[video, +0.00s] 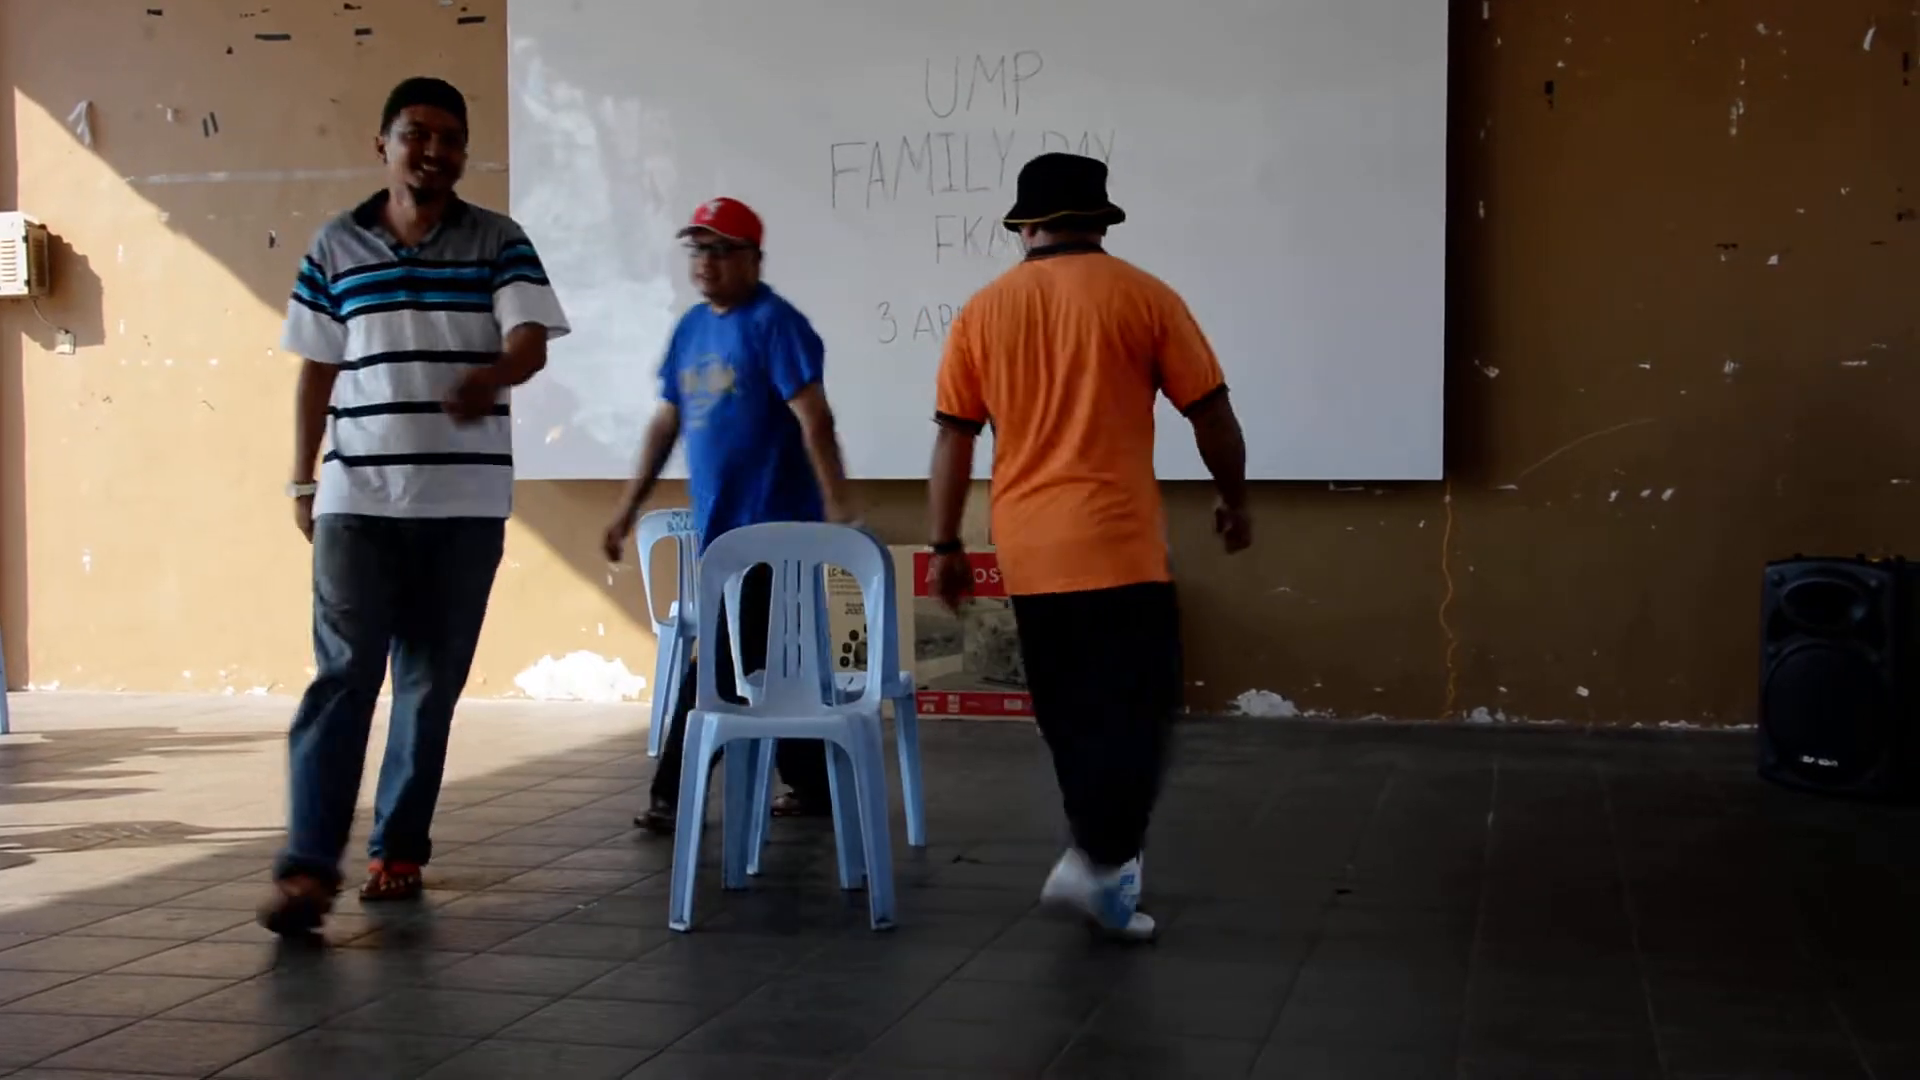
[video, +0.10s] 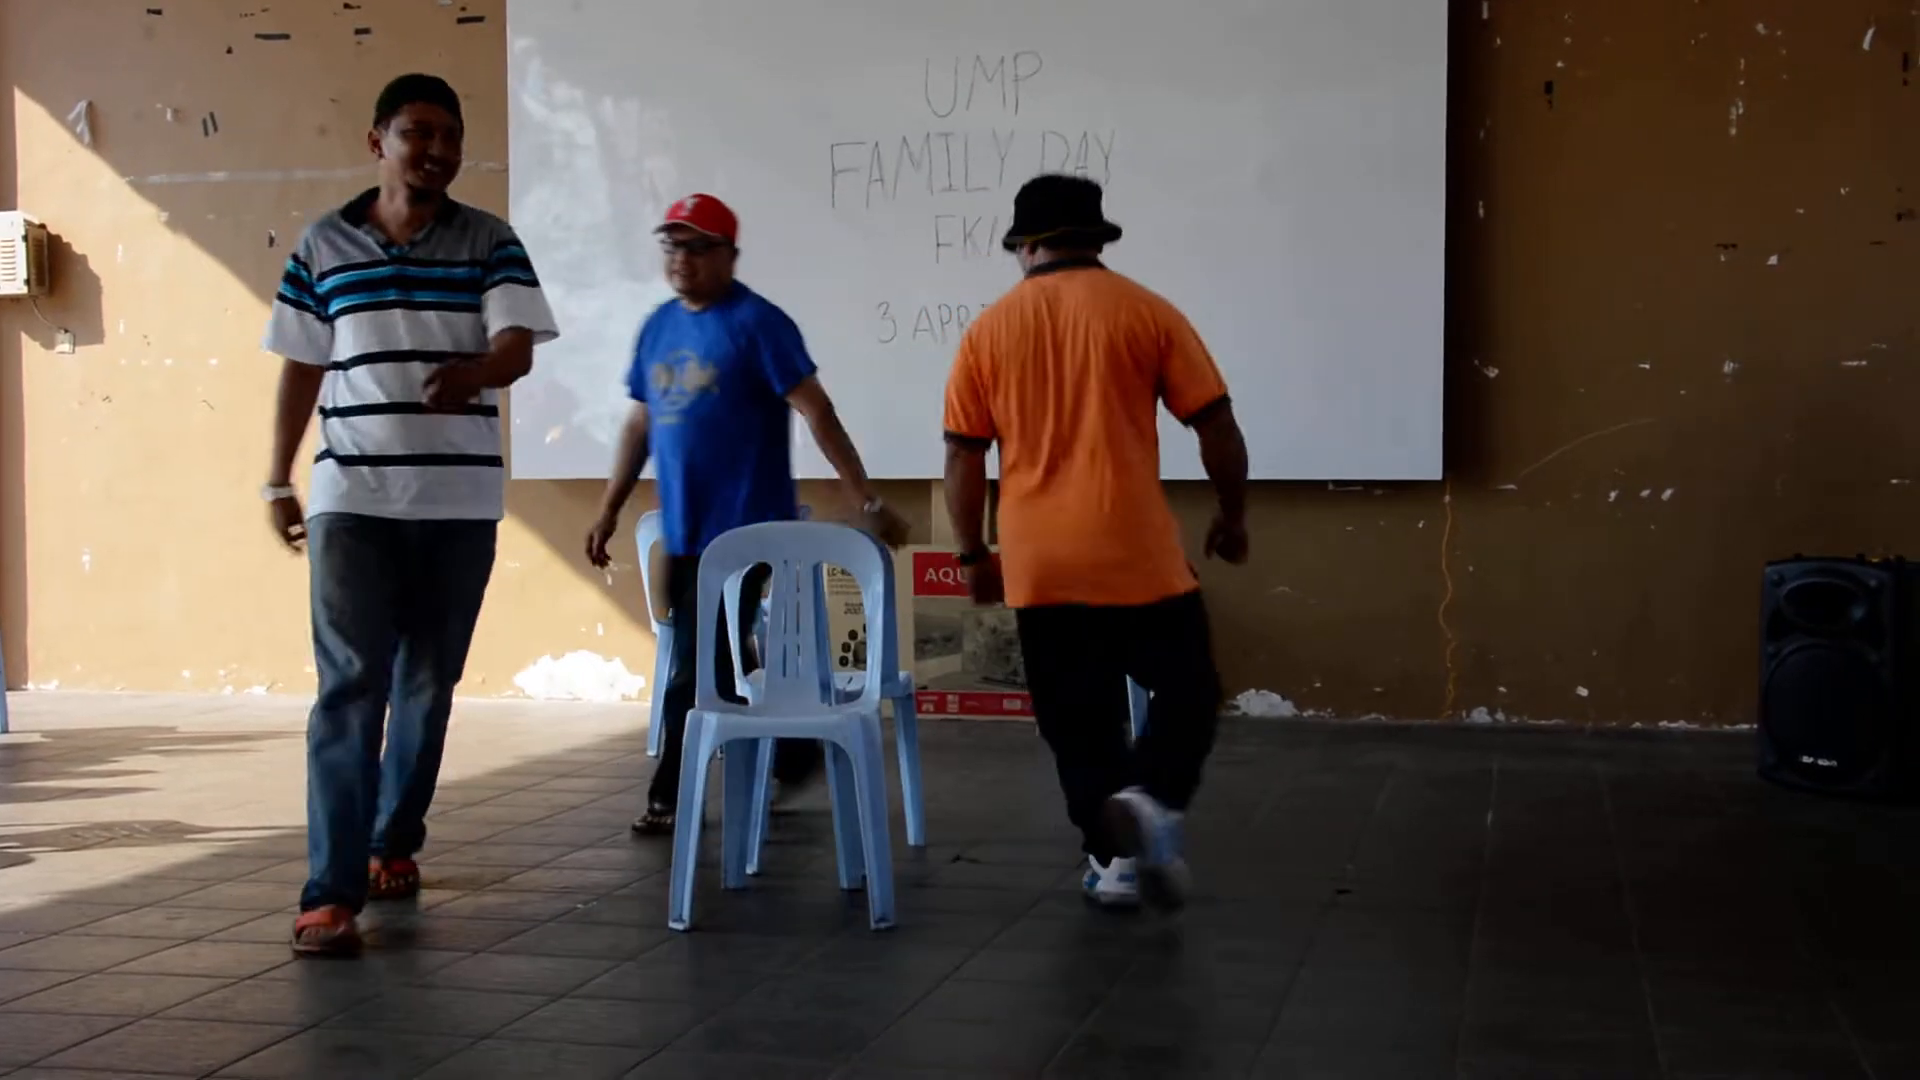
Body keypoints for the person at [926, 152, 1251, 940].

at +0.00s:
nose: (1024, 242)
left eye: (1022, 232)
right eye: (1099, 226)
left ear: (1026, 231)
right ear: (1100, 225)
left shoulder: (985, 311)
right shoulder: (1143, 295)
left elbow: (954, 437)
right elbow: (1211, 413)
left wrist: (944, 547)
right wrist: (1232, 497)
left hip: (1030, 556)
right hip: (1125, 550)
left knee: (1068, 713)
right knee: (1143, 705)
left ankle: (1116, 889)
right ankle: (1089, 860)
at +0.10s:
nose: (1017, 259)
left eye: (1018, 249)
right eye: (1019, 249)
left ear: (1029, 248)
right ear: (1096, 242)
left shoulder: (991, 330)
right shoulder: (1146, 311)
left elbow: (964, 456)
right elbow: (1215, 422)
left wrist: (970, 551)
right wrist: (1232, 515)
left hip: (1040, 562)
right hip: (1135, 552)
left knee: (1078, 725)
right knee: (1188, 691)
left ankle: (1109, 862)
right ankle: (1154, 800)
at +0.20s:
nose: (1013, 274)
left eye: (1014, 263)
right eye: (1013, 263)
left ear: (1028, 262)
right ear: (1092, 254)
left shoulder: (998, 333)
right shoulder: (1147, 317)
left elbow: (965, 463)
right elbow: (1229, 417)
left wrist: (989, 516)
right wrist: (1241, 516)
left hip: (1047, 563)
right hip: (1148, 553)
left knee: (1078, 723)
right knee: (1187, 687)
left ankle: (1113, 859)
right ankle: (1185, 812)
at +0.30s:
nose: (1008, 267)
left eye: (1008, 256)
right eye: (1008, 256)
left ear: (1025, 253)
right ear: (1085, 244)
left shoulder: (1001, 323)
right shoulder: (1149, 302)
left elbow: (968, 445)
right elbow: (1228, 381)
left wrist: (987, 488)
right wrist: (1221, 485)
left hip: (1053, 555)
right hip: (1152, 544)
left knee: (1076, 706)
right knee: (1172, 687)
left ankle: (1111, 843)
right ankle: (1188, 837)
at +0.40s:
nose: (1004, 284)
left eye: (1005, 270)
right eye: (1002, 271)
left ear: (1028, 264)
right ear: (1076, 258)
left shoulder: (1008, 333)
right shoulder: (1150, 316)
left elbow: (975, 451)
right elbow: (1213, 409)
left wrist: (976, 517)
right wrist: (1187, 495)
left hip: (1054, 551)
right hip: (1152, 541)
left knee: (1062, 690)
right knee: (1164, 694)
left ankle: (1107, 800)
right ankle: (1180, 833)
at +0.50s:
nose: (990, 294)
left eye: (991, 280)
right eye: (988, 281)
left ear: (1015, 273)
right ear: (1061, 266)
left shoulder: (1008, 337)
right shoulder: (1133, 323)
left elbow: (983, 450)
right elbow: (1177, 424)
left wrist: (981, 527)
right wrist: (1116, 462)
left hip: (1045, 547)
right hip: (1140, 543)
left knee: (1040, 686)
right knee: (1146, 689)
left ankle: (1087, 809)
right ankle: (1178, 830)